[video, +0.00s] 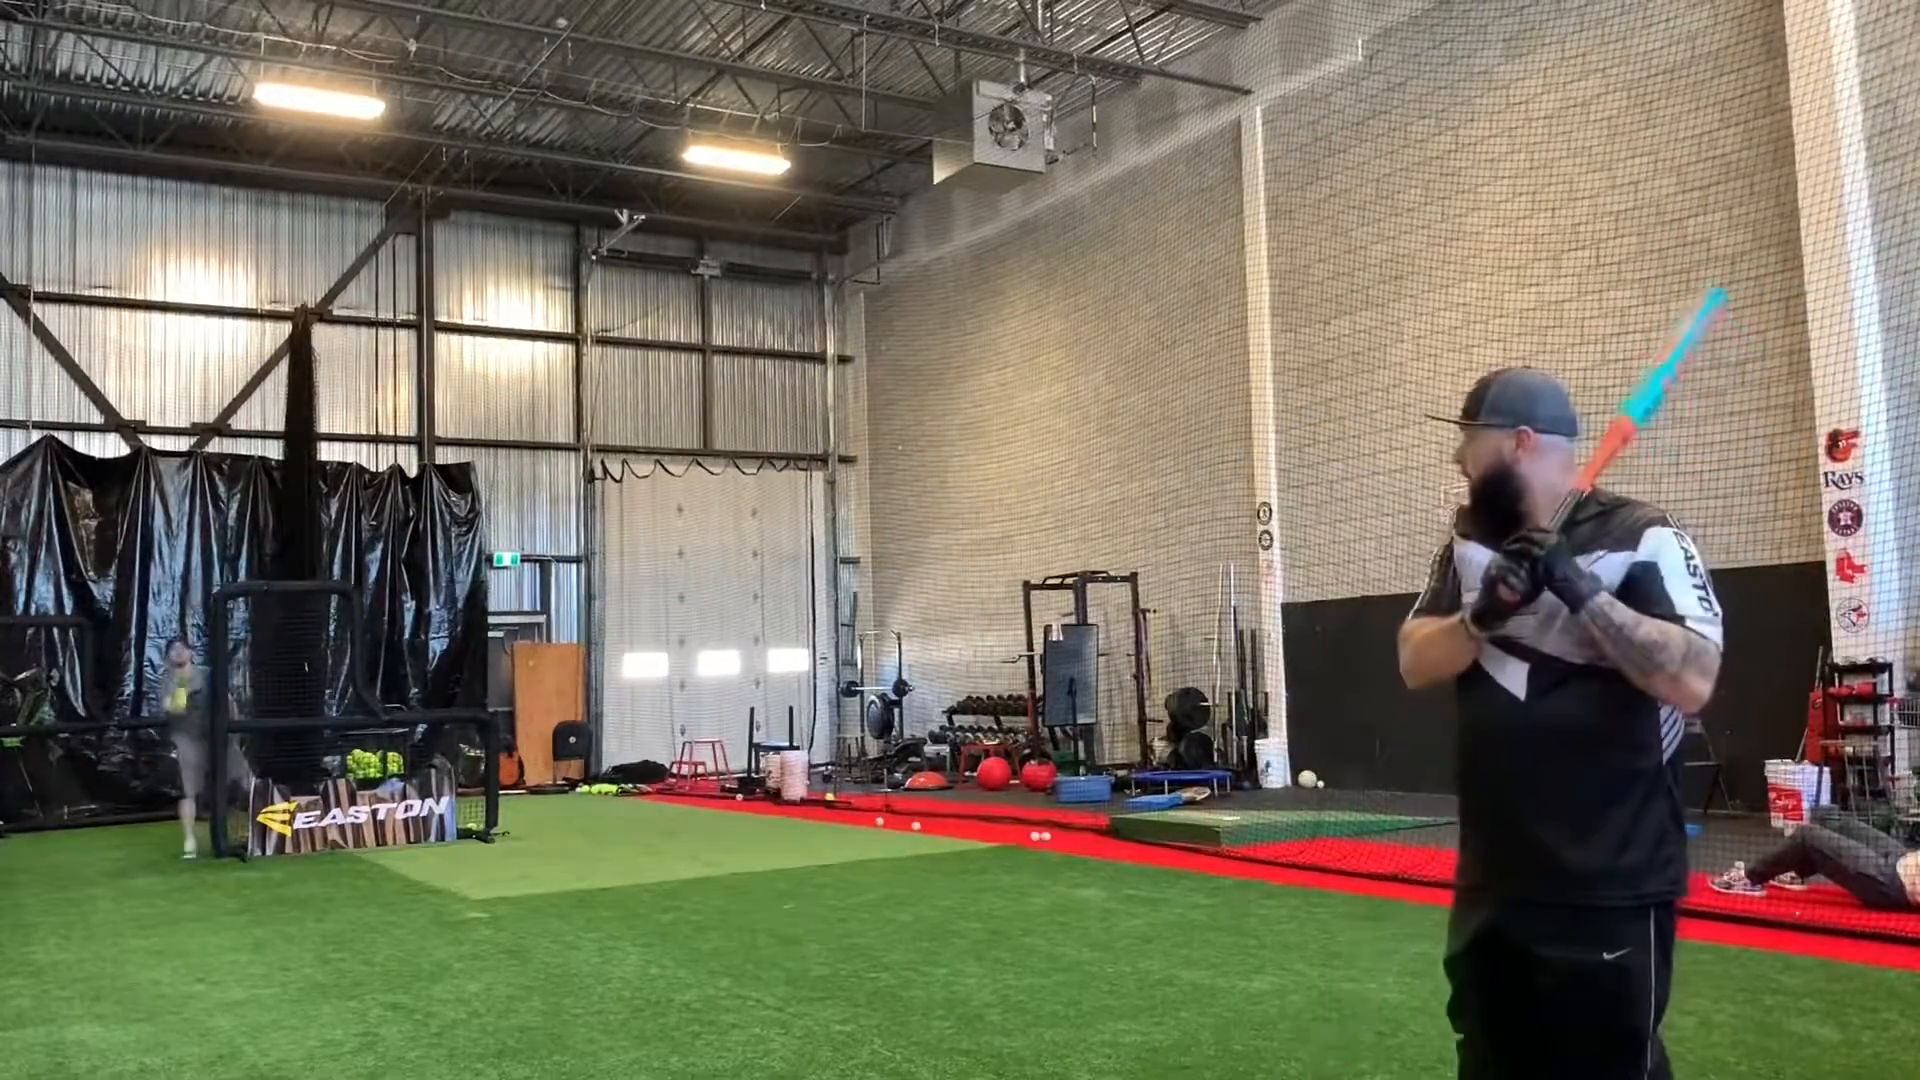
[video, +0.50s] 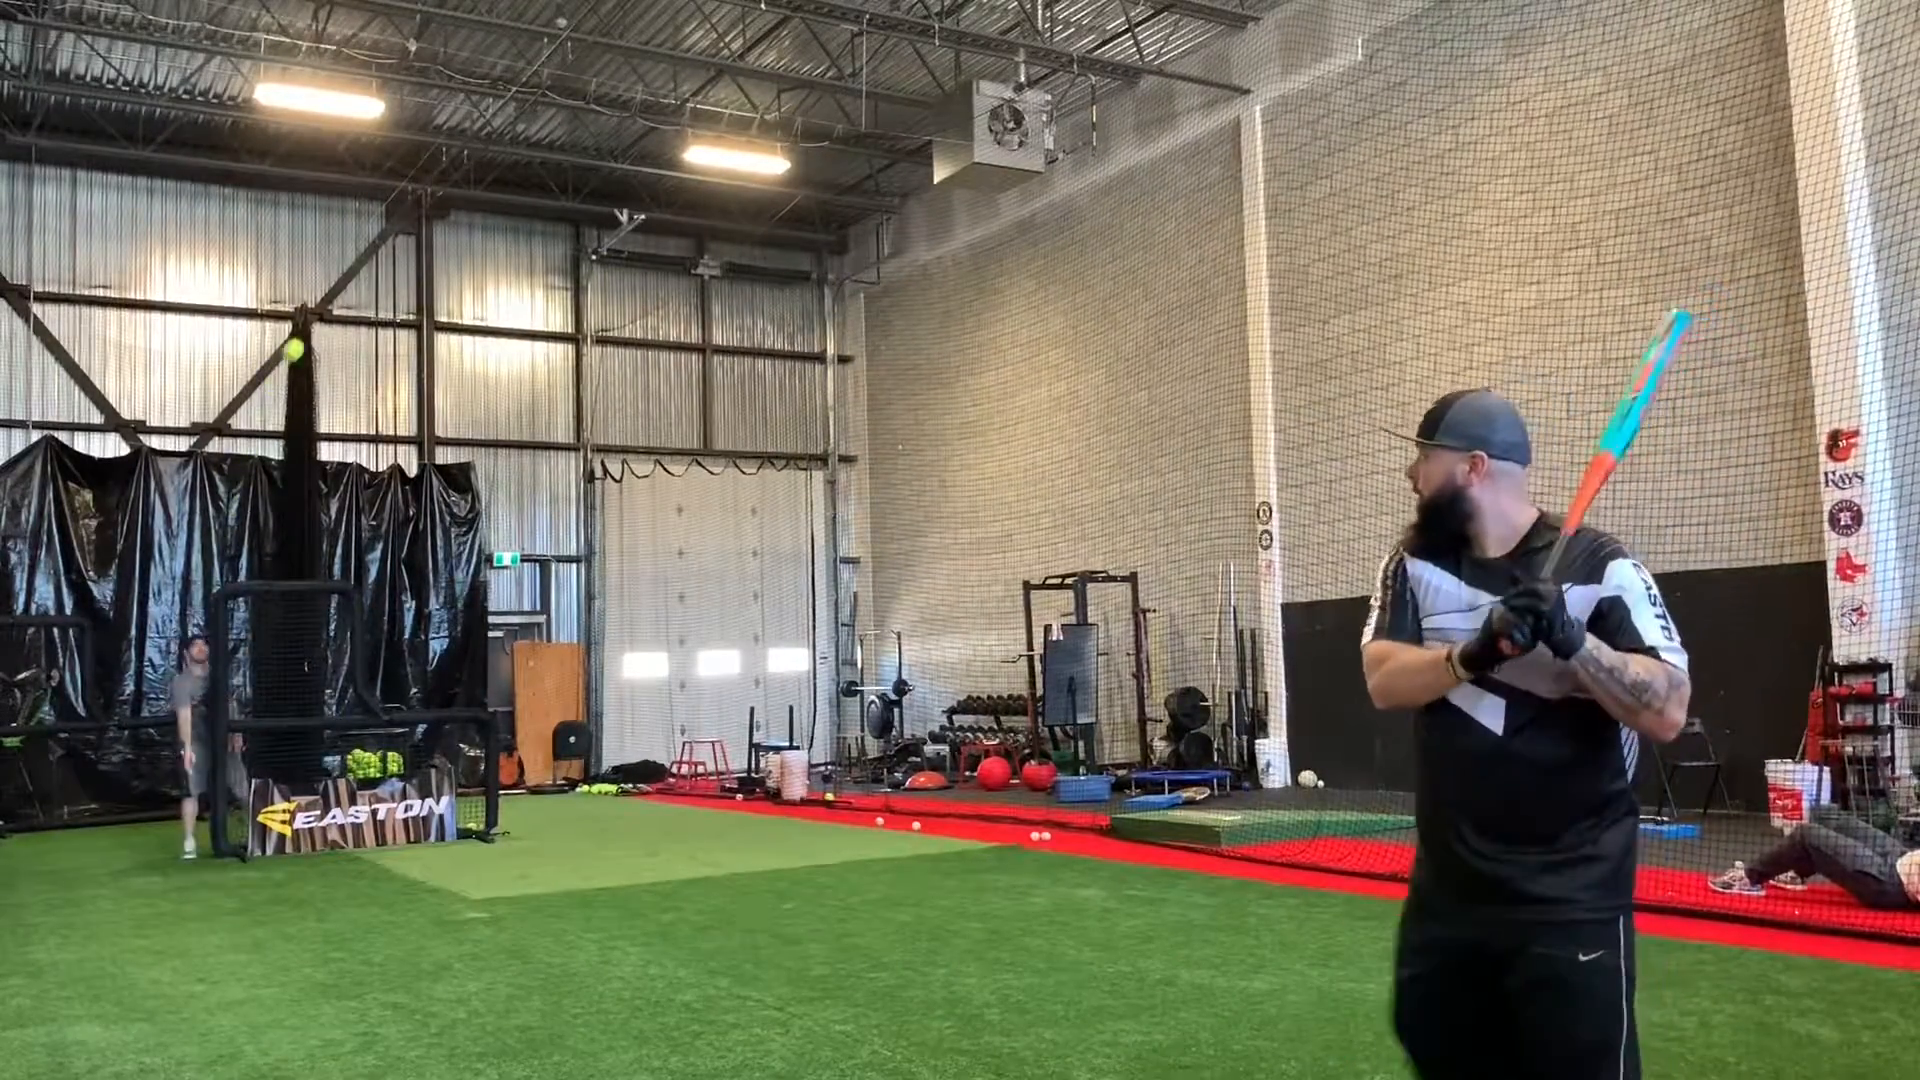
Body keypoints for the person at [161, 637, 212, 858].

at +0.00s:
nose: (179, 654)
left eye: (182, 649)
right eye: (174, 650)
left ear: (191, 652)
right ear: (169, 656)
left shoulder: (207, 675)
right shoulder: (169, 679)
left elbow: (227, 701)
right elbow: (167, 707)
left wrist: (231, 724)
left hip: (217, 733)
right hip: (188, 736)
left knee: (245, 779)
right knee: (188, 789)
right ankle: (189, 839)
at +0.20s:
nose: (187, 649)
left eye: (190, 644)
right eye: (182, 645)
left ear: (195, 648)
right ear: (175, 650)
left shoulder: (207, 672)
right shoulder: (169, 677)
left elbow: (225, 699)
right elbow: (170, 686)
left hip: (218, 734)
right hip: (188, 737)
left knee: (249, 775)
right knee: (187, 790)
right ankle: (189, 839)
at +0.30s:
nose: (190, 649)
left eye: (193, 645)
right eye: (185, 645)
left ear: (199, 649)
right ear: (178, 650)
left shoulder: (209, 673)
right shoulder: (171, 676)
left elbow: (224, 699)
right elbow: (180, 700)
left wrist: (199, 700)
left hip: (218, 737)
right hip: (189, 740)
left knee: (247, 782)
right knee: (188, 792)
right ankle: (189, 839)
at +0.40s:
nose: (196, 649)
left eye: (197, 645)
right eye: (190, 646)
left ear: (201, 649)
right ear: (182, 651)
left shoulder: (211, 673)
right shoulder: (177, 677)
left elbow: (226, 701)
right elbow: (181, 705)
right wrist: (190, 728)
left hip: (220, 734)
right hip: (195, 735)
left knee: (228, 787)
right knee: (189, 790)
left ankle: (223, 839)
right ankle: (189, 838)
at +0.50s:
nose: (202, 650)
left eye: (204, 646)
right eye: (196, 646)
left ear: (210, 650)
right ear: (186, 653)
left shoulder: (217, 675)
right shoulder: (182, 681)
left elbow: (231, 704)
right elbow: (184, 715)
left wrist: (236, 731)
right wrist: (187, 746)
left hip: (224, 738)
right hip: (197, 740)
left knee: (243, 789)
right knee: (191, 792)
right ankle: (189, 839)